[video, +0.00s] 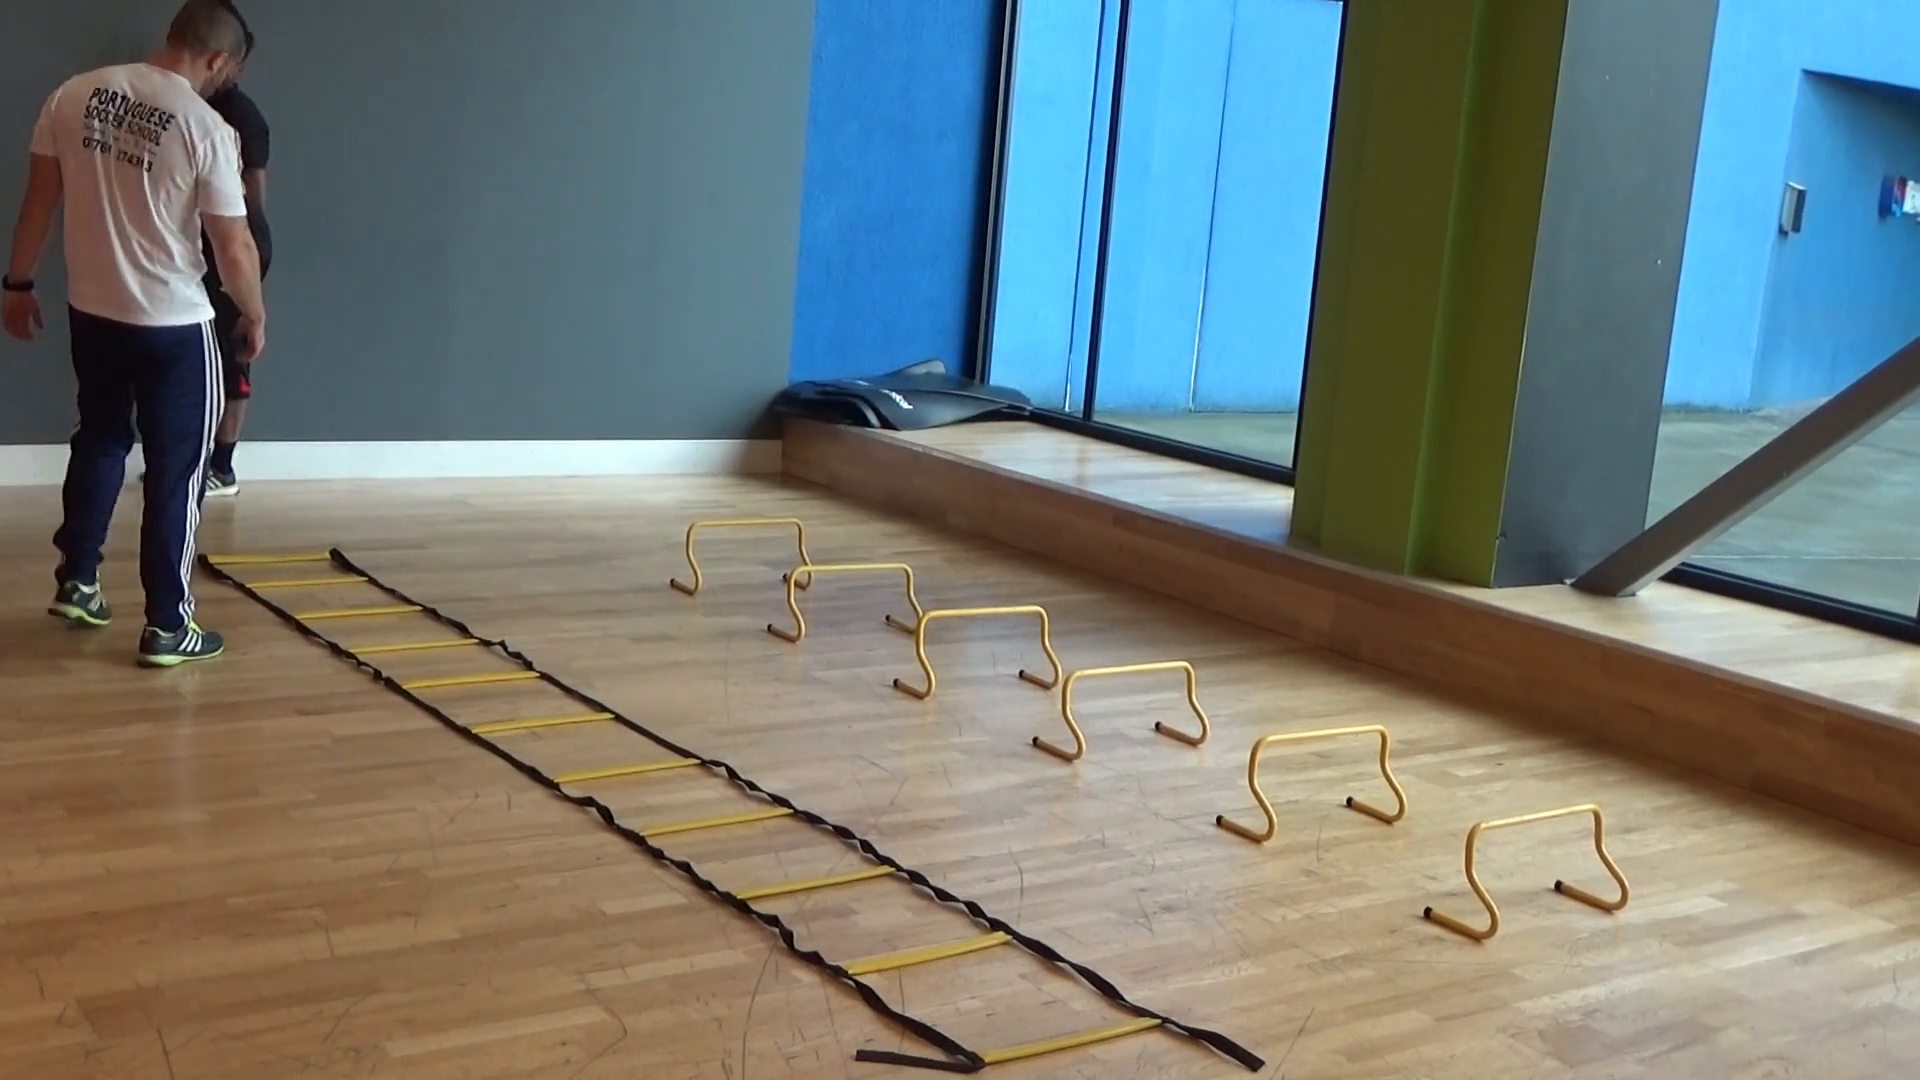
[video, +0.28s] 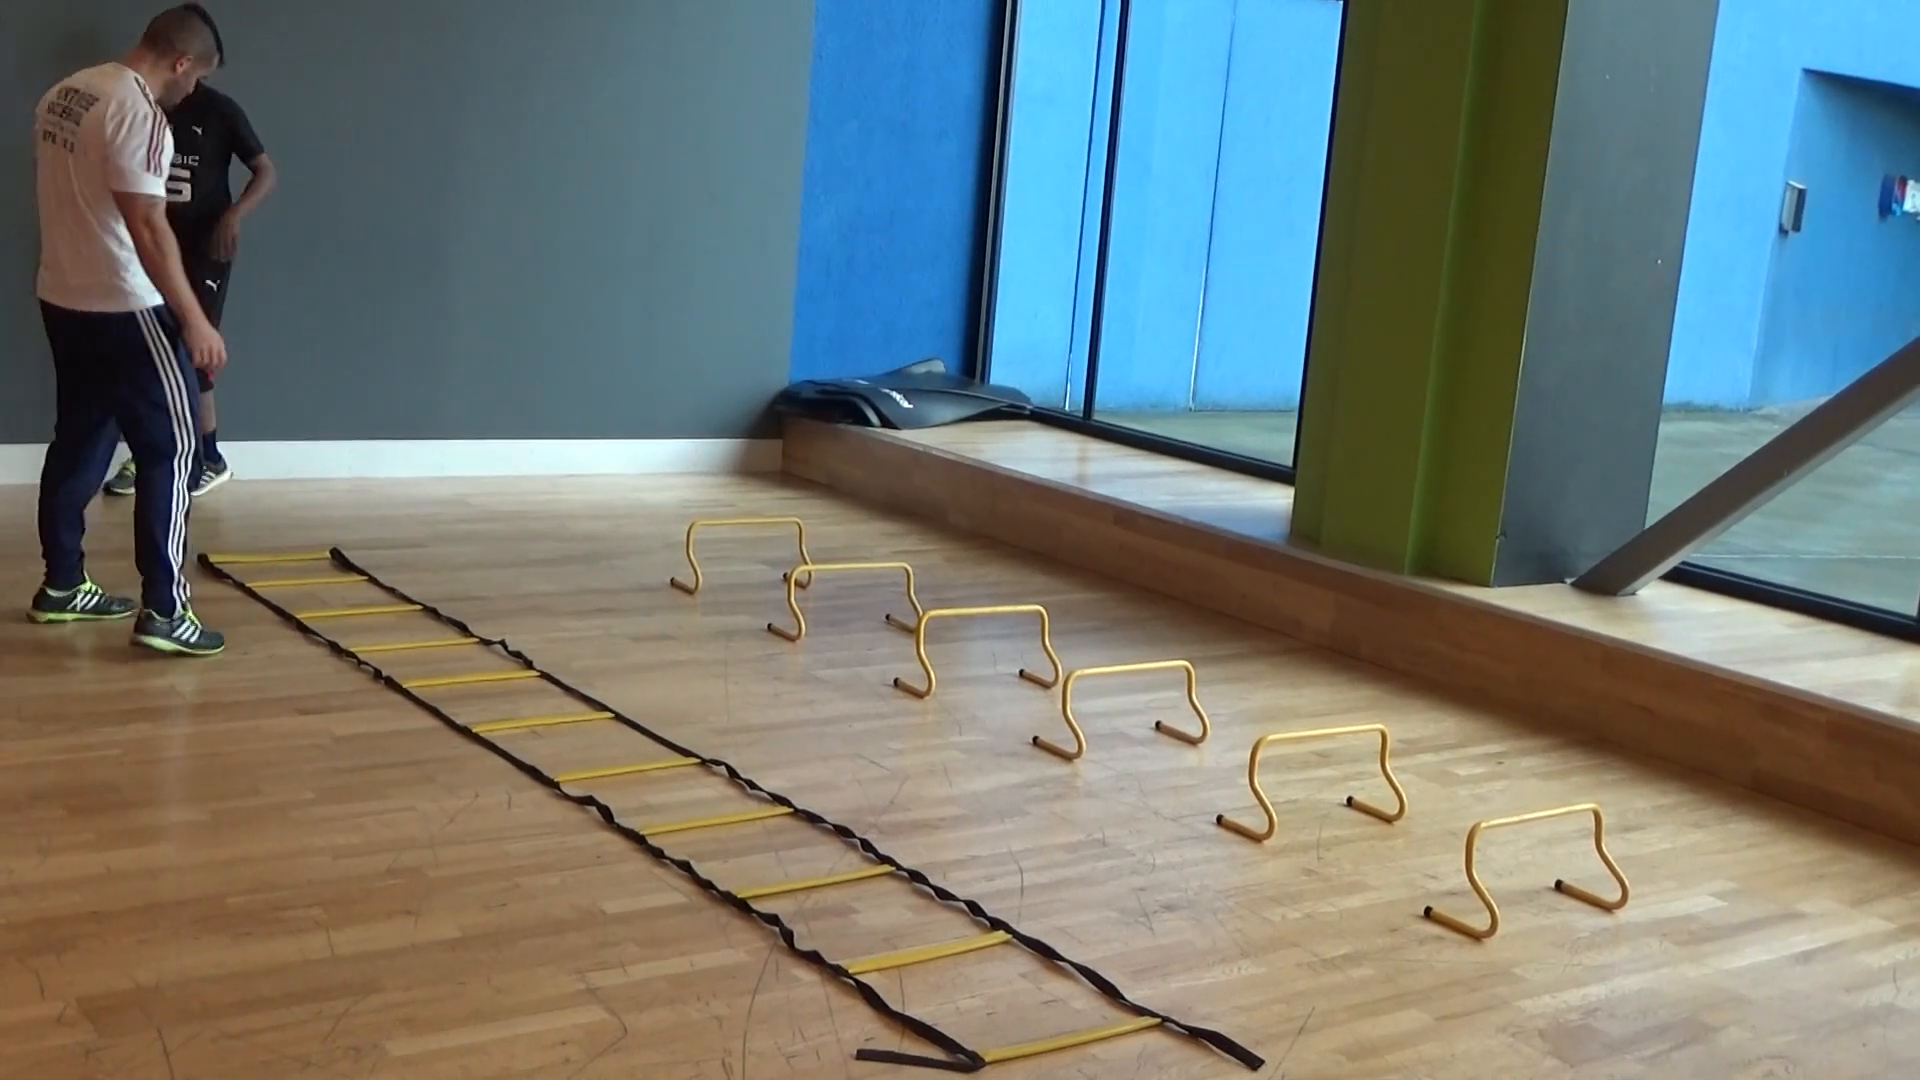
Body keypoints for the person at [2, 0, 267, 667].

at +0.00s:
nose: (222, 81)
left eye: (226, 72)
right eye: (227, 71)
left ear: (167, 38)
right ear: (214, 61)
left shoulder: (72, 93)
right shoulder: (208, 132)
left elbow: (39, 200)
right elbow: (232, 246)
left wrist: (17, 282)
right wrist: (255, 315)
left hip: (94, 317)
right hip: (174, 327)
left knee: (100, 439)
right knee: (175, 472)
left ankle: (77, 578)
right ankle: (169, 625)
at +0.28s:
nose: (188, 93)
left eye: (194, 82)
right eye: (193, 80)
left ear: (145, 44)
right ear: (177, 60)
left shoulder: (63, 92)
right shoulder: (136, 111)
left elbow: (64, 204)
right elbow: (147, 226)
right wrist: (196, 319)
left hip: (66, 301)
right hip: (127, 305)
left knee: (81, 439)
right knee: (171, 449)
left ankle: (63, 586)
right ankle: (166, 610)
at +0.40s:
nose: (182, 89)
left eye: (188, 79)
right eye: (184, 75)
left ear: (145, 49)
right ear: (160, 55)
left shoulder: (73, 86)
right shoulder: (108, 97)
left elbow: (78, 203)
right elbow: (100, 208)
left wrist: (124, 285)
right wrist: (132, 305)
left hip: (46, 293)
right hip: (88, 295)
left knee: (60, 438)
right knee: (163, 424)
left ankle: (58, 582)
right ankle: (118, 579)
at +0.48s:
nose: (173, 86)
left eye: (179, 76)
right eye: (172, 71)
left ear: (136, 50)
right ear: (140, 47)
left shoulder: (86, 92)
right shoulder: (90, 92)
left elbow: (87, 199)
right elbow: (70, 195)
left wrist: (132, 257)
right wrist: (93, 296)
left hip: (52, 289)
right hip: (71, 292)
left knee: (60, 431)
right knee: (151, 421)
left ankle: (56, 578)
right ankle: (63, 557)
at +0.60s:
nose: (145, 60)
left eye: (152, 52)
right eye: (139, 45)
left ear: (141, 54)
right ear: (98, 29)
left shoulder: (90, 101)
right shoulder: (62, 90)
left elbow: (92, 201)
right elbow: (32, 190)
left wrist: (145, 257)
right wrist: (50, 292)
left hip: (75, 290)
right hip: (60, 293)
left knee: (62, 431)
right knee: (99, 430)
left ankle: (61, 581)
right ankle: (4, 544)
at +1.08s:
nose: (96, 66)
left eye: (101, 57)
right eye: (92, 52)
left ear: (56, 38)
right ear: (52, 36)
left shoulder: (44, 98)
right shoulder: (13, 92)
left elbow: (20, 195)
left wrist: (41, 257)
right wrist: (3, 301)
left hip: (21, 289)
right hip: (2, 291)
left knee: (32, 409)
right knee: (11, 421)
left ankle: (8, 556)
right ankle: (3, 566)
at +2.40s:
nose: (88, 85)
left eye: (94, 77)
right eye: (90, 73)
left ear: (58, 48)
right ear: (63, 51)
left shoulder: (7, 69)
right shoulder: (45, 100)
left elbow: (49, 191)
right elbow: (54, 198)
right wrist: (97, 263)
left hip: (6, 264)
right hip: (22, 269)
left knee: (12, 395)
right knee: (15, 396)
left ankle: (2, 520)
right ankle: (0, 522)